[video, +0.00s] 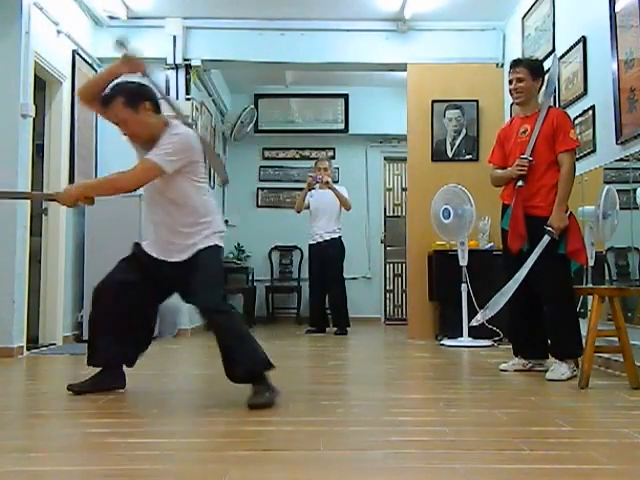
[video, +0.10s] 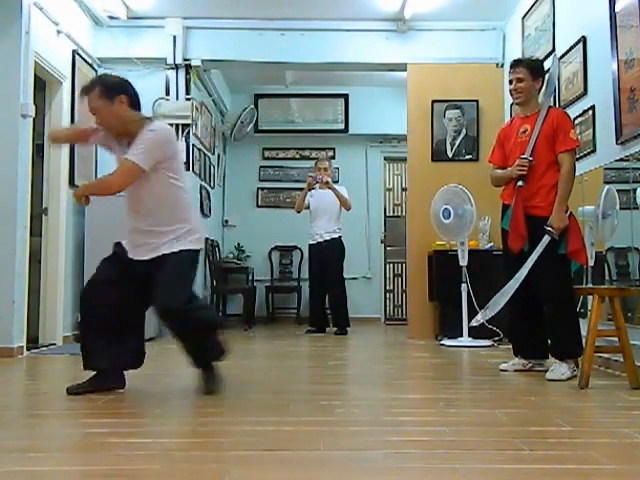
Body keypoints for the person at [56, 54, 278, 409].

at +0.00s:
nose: (123, 134)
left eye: (124, 124)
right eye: (119, 126)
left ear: (146, 110)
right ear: (141, 112)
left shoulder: (181, 139)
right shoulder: (146, 136)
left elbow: (133, 180)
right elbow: (86, 97)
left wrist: (83, 189)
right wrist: (119, 67)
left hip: (200, 245)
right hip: (158, 246)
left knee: (211, 304)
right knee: (109, 294)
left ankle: (259, 380)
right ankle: (111, 372)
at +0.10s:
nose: (94, 122)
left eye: (97, 112)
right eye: (93, 115)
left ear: (122, 103)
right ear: (117, 106)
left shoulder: (158, 133)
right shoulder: (117, 136)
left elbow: (116, 183)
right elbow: (56, 135)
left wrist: (83, 189)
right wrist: (79, 134)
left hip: (179, 240)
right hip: (139, 243)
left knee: (170, 302)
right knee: (98, 298)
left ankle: (207, 361)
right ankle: (109, 373)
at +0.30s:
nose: (67, 120)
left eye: (69, 110)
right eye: (66, 112)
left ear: (92, 106)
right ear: (89, 108)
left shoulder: (126, 134)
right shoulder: (91, 142)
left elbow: (85, 176)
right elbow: (71, 161)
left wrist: (66, 169)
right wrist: (44, 165)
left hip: (142, 246)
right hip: (106, 242)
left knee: (107, 313)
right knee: (78, 300)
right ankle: (107, 372)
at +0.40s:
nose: (62, 121)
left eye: (66, 113)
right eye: (61, 114)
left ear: (91, 112)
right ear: (86, 114)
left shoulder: (122, 143)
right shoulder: (82, 149)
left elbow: (77, 180)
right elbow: (55, 160)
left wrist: (59, 166)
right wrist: (28, 161)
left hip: (129, 249)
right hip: (93, 244)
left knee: (98, 311)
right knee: (70, 303)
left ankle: (75, 357)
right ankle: (107, 370)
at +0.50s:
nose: (73, 120)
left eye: (80, 113)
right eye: (70, 113)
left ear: (103, 112)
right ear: (68, 114)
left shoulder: (123, 144)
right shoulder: (75, 146)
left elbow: (85, 181)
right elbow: (32, 163)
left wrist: (61, 167)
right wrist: (1, 168)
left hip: (123, 251)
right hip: (85, 245)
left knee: (96, 312)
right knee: (74, 303)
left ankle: (69, 355)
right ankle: (106, 370)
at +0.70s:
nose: (126, 113)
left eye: (130, 107)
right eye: (119, 106)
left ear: (132, 106)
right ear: (97, 101)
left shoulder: (128, 130)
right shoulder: (74, 131)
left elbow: (132, 162)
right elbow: (83, 149)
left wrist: (99, 181)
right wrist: (128, 153)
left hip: (112, 231)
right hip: (76, 229)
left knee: (97, 300)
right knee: (101, 286)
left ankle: (40, 354)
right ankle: (106, 368)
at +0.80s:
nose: (140, 113)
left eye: (142, 108)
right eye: (138, 105)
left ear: (114, 99)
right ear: (119, 97)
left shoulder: (112, 129)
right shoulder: (99, 117)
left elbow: (140, 162)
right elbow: (159, 112)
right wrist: (172, 101)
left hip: (74, 223)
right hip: (75, 224)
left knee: (82, 294)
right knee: (116, 290)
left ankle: (42, 362)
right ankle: (109, 370)